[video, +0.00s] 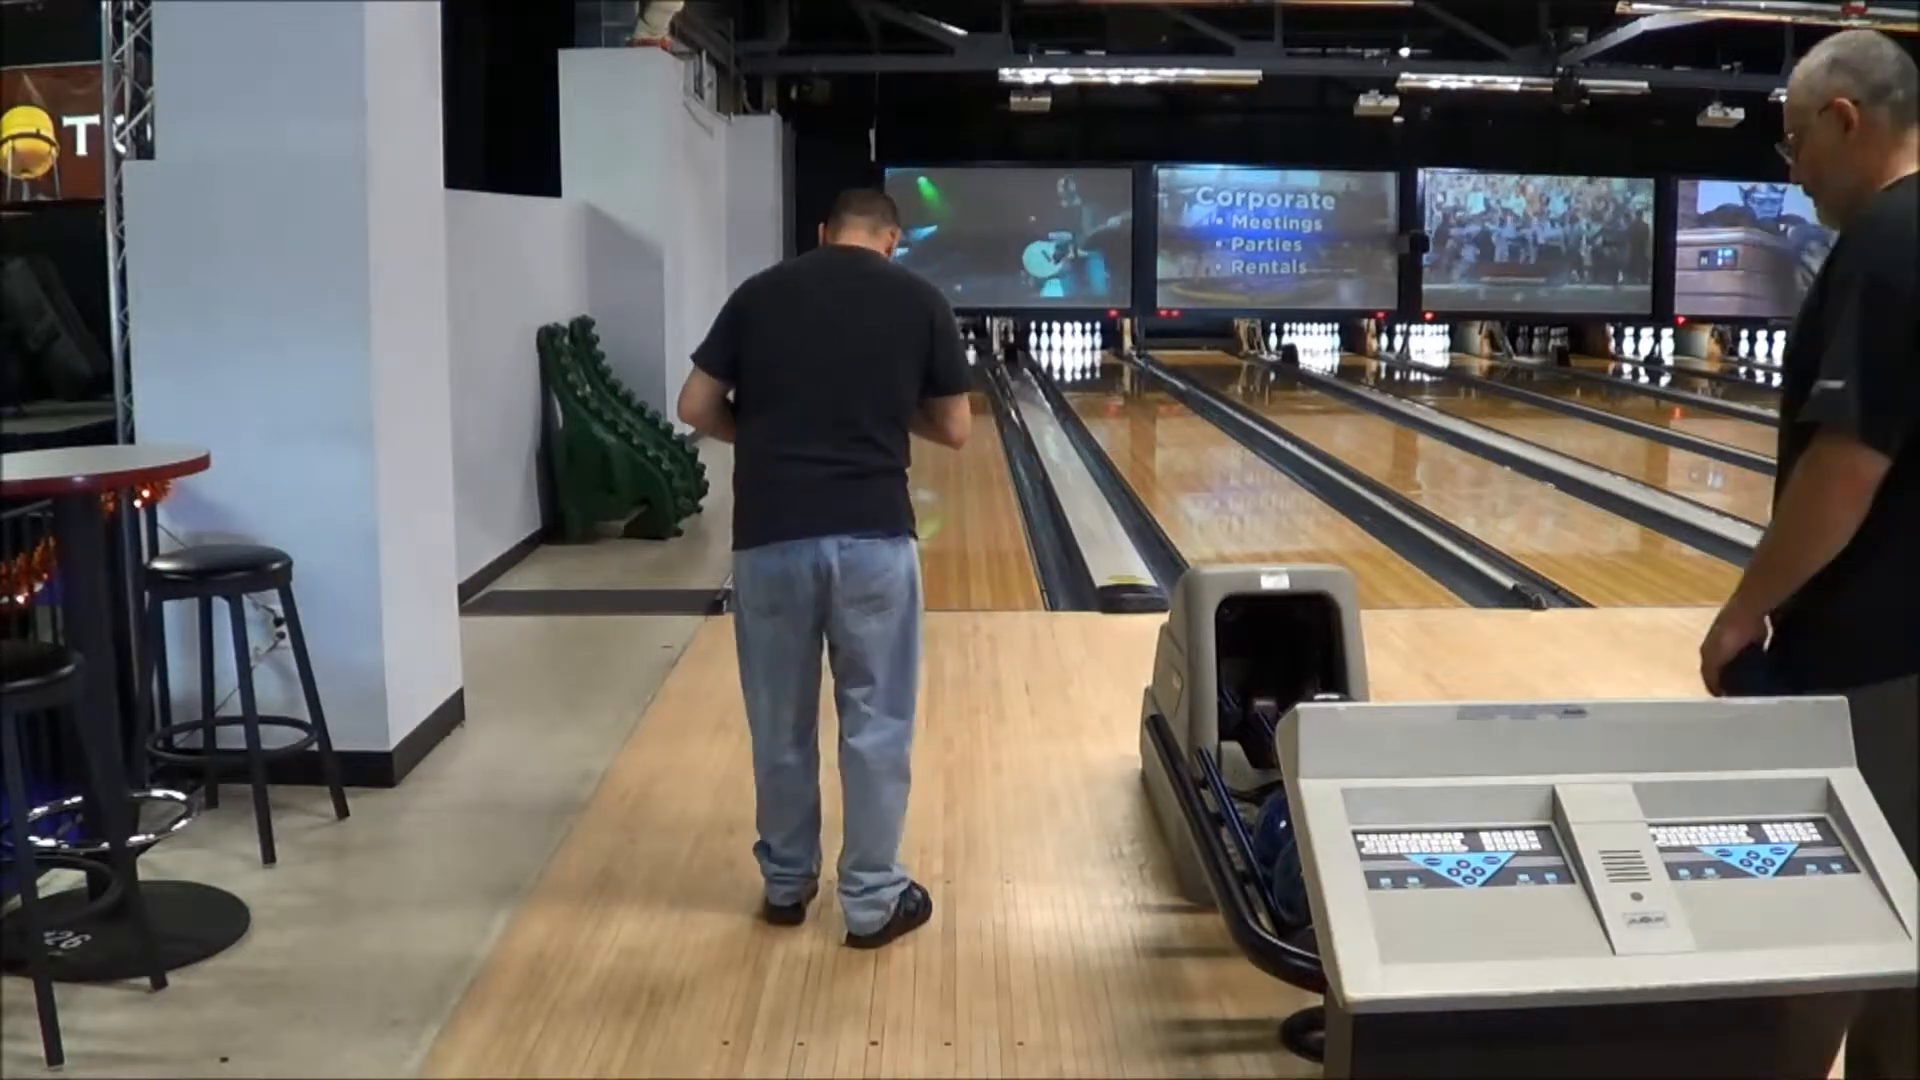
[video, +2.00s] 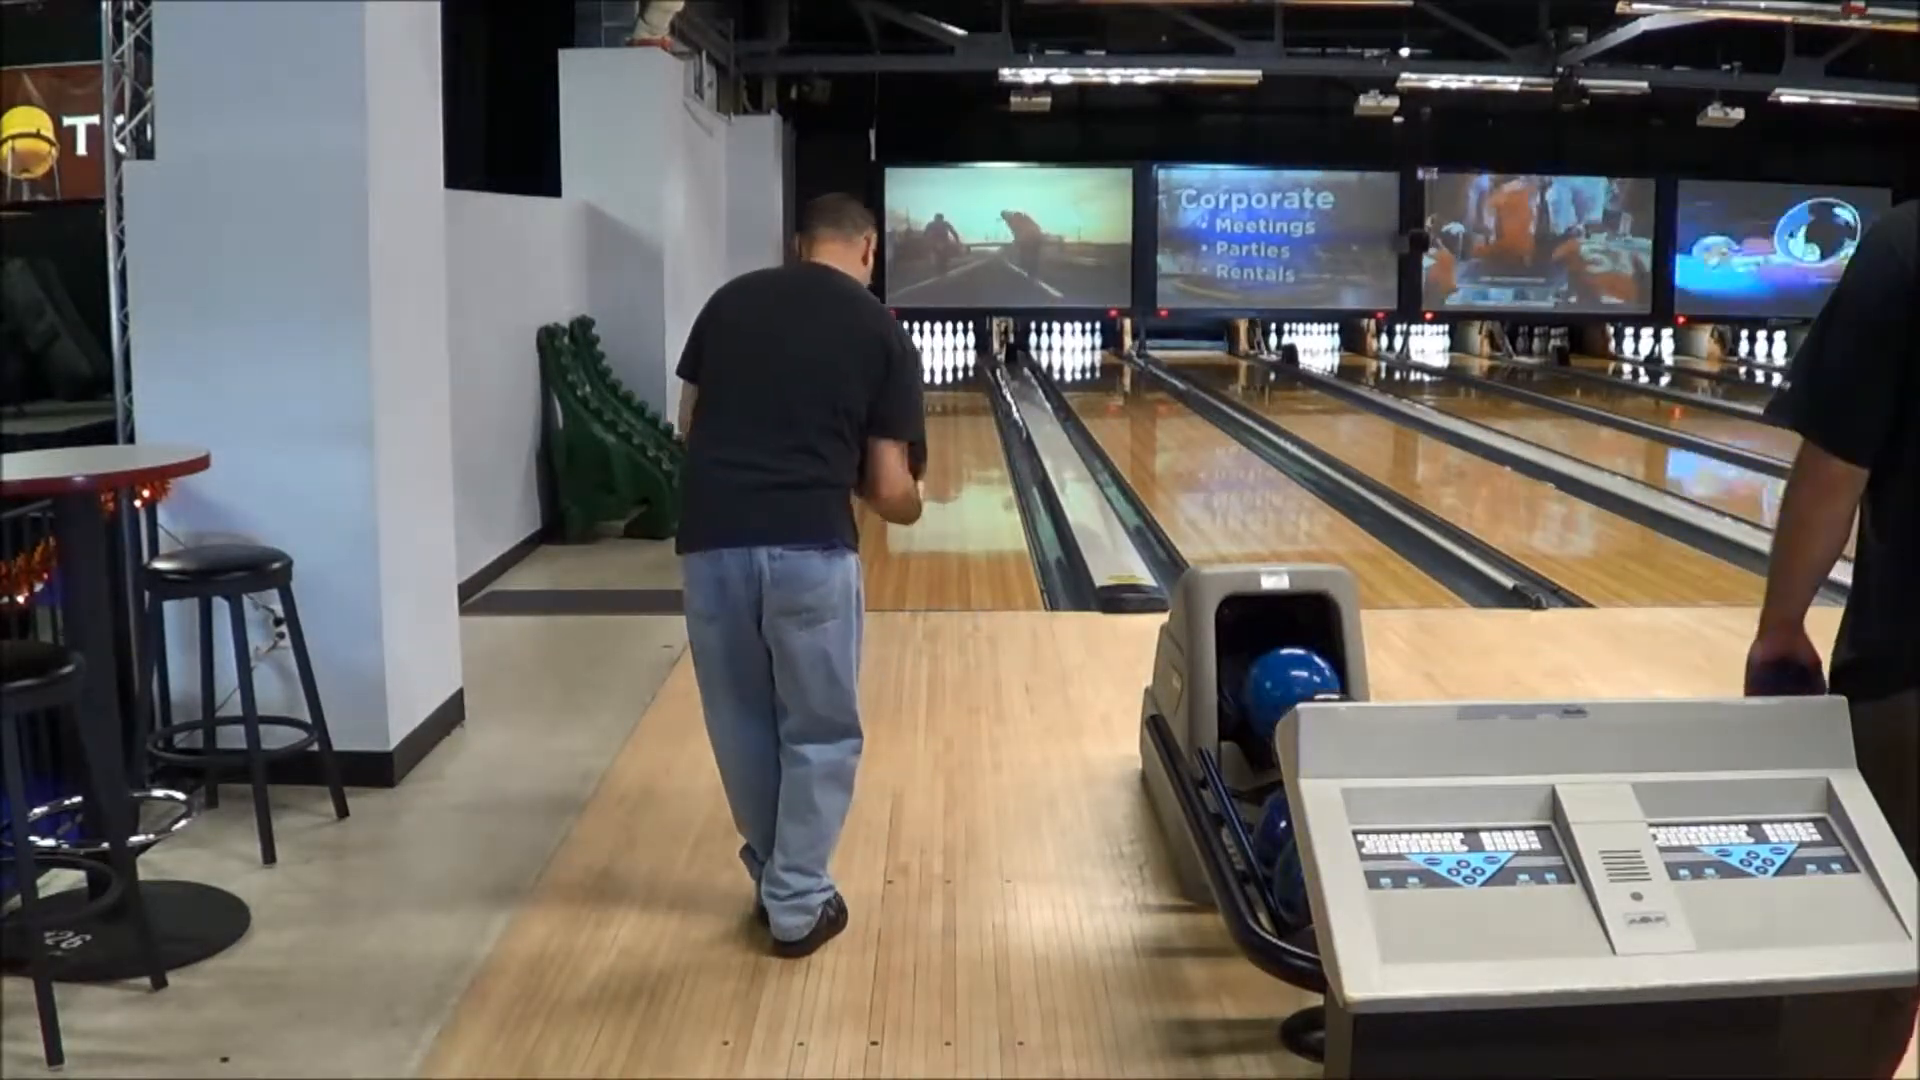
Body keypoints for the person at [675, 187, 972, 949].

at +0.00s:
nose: (892, 252)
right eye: (895, 241)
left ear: (821, 230)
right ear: (890, 241)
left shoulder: (761, 291)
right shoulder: (917, 299)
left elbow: (696, 408)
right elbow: (954, 428)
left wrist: (758, 427)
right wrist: (891, 396)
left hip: (772, 542)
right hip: (873, 540)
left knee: (779, 718)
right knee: (876, 716)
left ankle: (785, 884)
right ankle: (870, 900)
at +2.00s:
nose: (873, 267)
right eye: (876, 257)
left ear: (797, 243)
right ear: (869, 251)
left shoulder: (732, 298)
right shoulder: (880, 332)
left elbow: (693, 421)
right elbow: (890, 489)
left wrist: (745, 452)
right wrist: (905, 506)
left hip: (710, 547)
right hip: (809, 549)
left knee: (738, 720)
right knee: (820, 731)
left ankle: (771, 871)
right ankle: (794, 906)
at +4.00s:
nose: (851, 237)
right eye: (854, 226)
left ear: (772, 228)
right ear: (849, 230)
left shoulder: (715, 302)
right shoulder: (870, 326)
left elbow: (683, 423)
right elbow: (871, 477)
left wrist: (724, 485)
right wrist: (878, 537)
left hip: (701, 557)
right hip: (803, 557)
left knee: (732, 724)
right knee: (817, 736)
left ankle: (768, 870)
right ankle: (794, 904)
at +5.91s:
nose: (851, 246)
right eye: (855, 237)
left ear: (782, 236)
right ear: (852, 241)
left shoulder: (724, 301)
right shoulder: (868, 334)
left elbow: (688, 416)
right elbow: (857, 475)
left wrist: (715, 488)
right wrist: (864, 539)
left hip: (695, 529)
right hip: (793, 531)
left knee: (727, 695)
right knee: (807, 685)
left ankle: (771, 869)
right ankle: (818, 832)